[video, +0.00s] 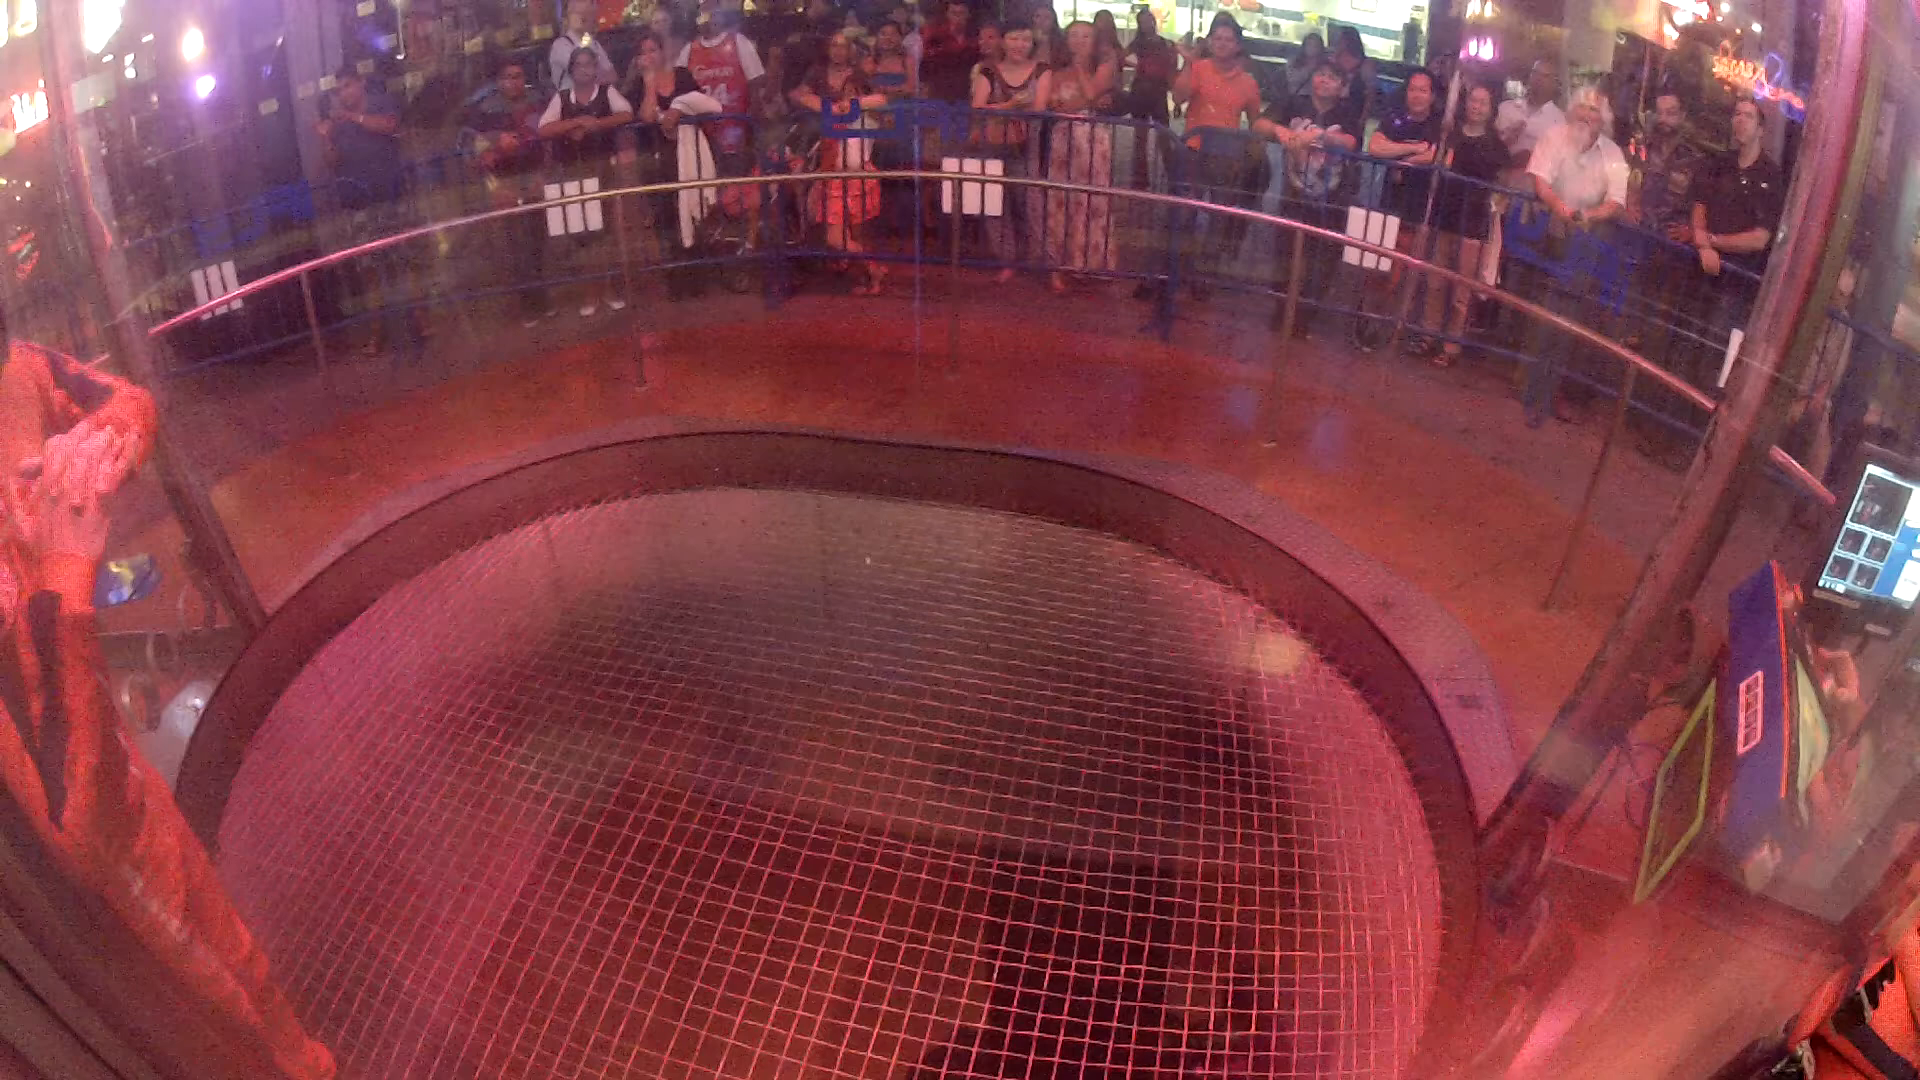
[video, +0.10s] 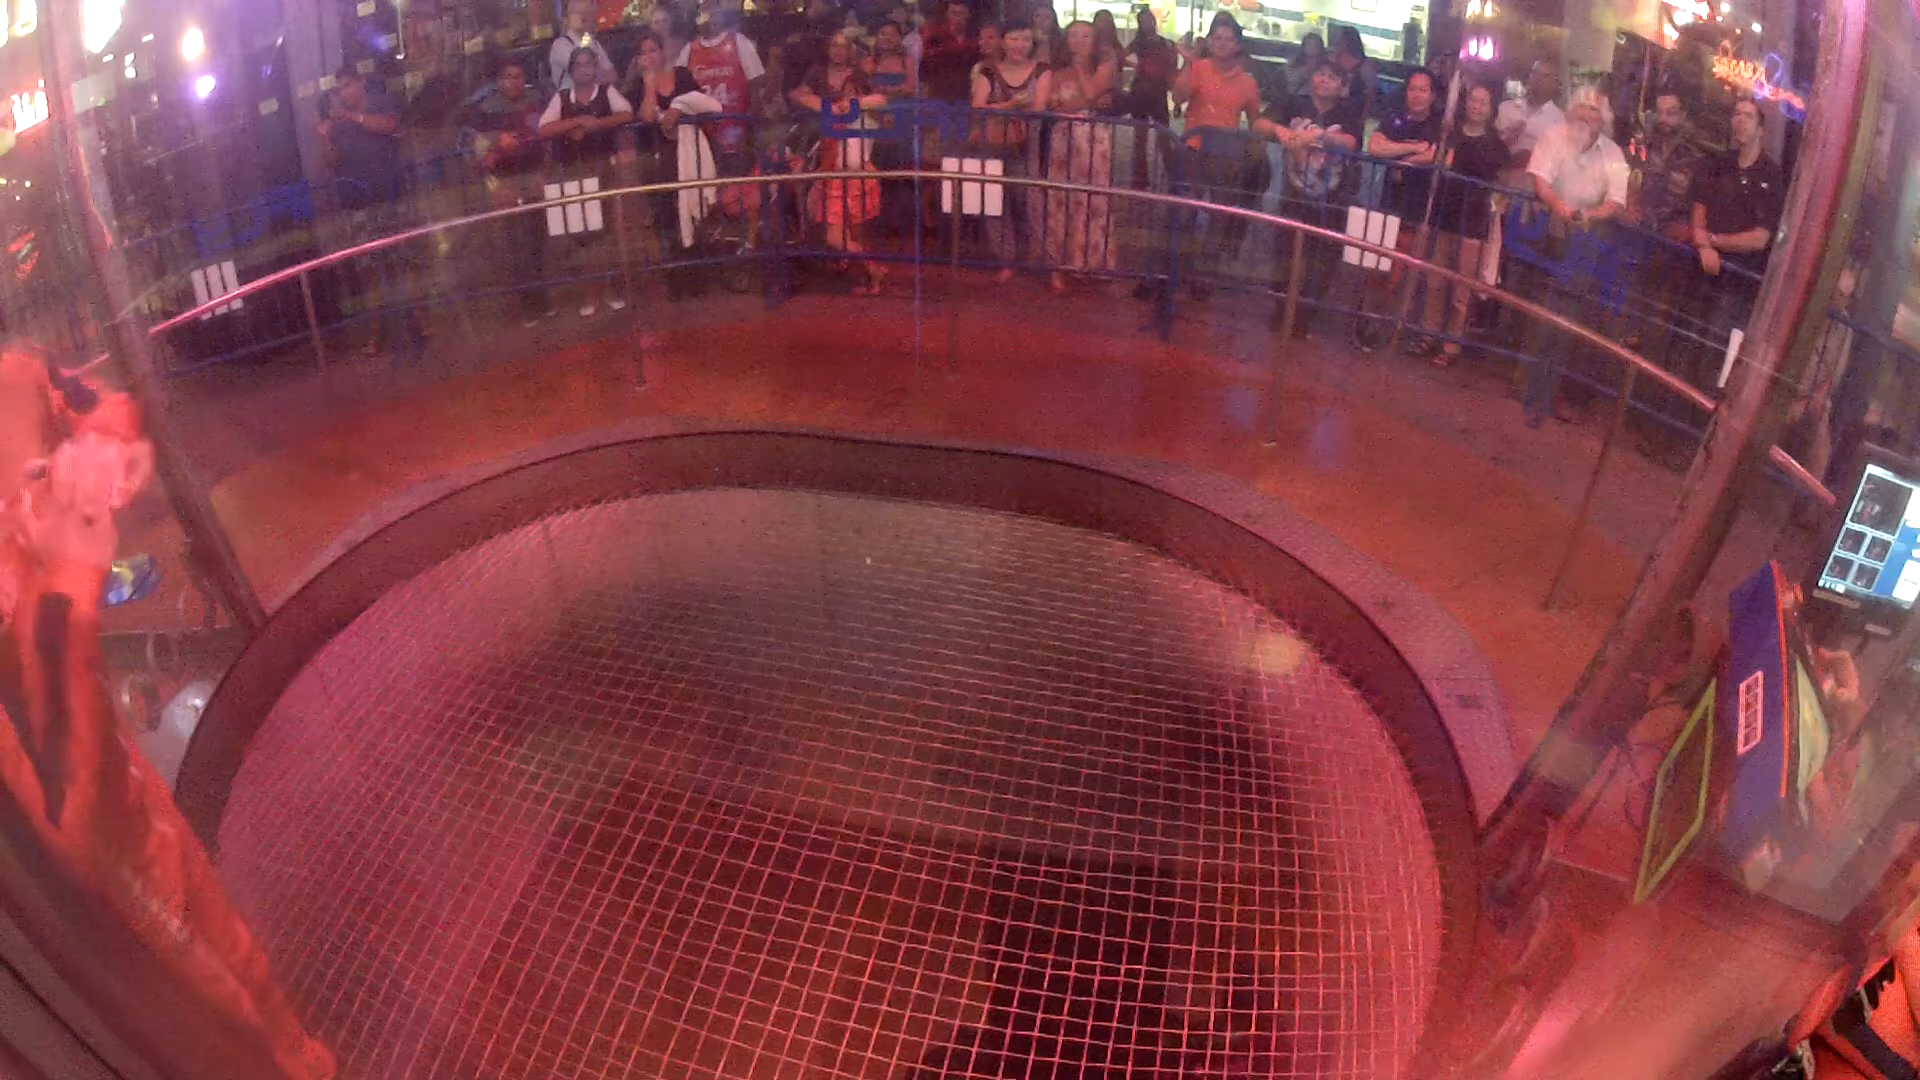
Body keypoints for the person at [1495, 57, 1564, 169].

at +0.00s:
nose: (1539, 80)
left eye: (1546, 76)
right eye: (1535, 74)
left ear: (1555, 82)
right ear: (1529, 77)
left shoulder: (1559, 119)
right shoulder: (1506, 109)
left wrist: (1530, 156)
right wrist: (1508, 137)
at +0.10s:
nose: (1539, 79)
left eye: (1545, 76)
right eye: (1535, 73)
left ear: (1555, 83)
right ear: (1529, 77)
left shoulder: (1559, 119)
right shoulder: (1505, 108)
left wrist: (1530, 156)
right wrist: (1507, 137)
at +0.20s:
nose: (1539, 80)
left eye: (1545, 76)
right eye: (1535, 74)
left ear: (1555, 83)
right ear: (1529, 77)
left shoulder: (1559, 119)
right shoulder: (1506, 108)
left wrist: (1531, 156)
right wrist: (1507, 137)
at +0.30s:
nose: (1539, 79)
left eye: (1545, 76)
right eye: (1535, 74)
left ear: (1556, 83)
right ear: (1529, 77)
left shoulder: (1559, 119)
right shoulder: (1505, 108)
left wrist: (1530, 156)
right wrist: (1507, 137)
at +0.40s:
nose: (1538, 79)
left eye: (1545, 76)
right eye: (1535, 74)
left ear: (1555, 83)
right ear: (1529, 77)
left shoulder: (1559, 120)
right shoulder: (1506, 108)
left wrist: (1530, 156)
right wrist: (1507, 138)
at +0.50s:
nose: (1539, 79)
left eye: (1546, 76)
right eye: (1535, 73)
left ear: (1555, 82)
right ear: (1528, 76)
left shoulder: (1559, 119)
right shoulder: (1505, 108)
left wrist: (1530, 157)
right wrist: (1506, 138)